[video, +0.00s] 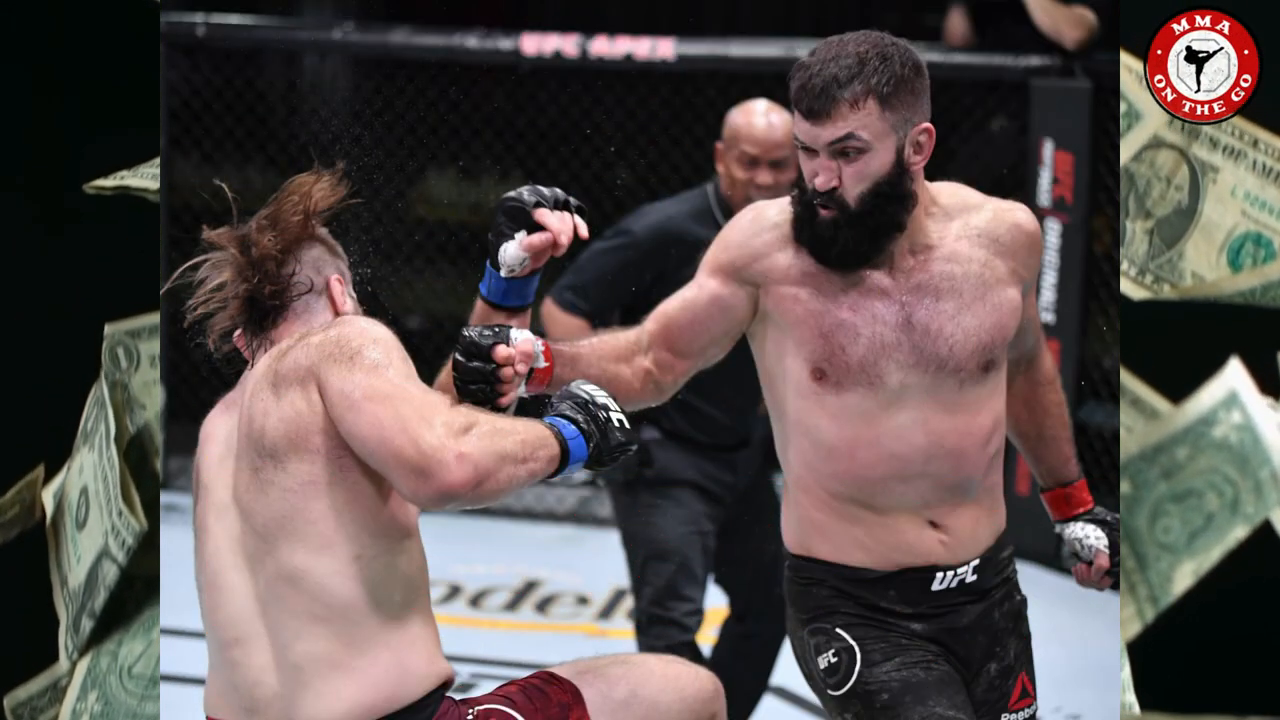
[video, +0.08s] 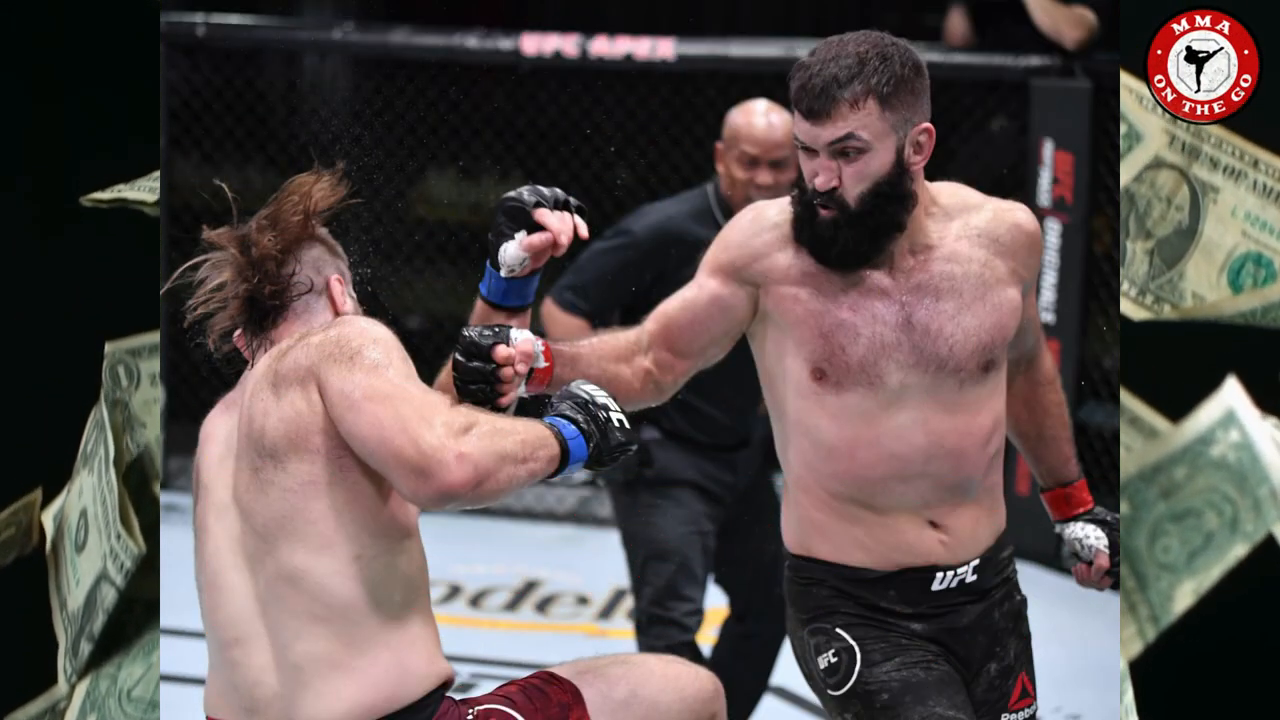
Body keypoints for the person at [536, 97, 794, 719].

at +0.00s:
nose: (767, 181)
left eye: (781, 165)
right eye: (751, 164)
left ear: (799, 162)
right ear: (719, 158)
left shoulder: (804, 238)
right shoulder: (661, 232)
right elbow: (560, 311)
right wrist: (611, 415)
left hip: (750, 460)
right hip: (663, 457)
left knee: (767, 609)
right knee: (671, 614)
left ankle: (720, 719)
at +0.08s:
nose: (767, 181)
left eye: (781, 165)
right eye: (751, 164)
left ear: (799, 162)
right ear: (719, 158)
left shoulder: (804, 238)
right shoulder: (661, 232)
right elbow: (560, 311)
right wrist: (611, 415)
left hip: (750, 460)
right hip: (663, 457)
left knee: (767, 609)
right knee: (671, 614)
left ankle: (720, 719)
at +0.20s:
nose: (767, 181)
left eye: (781, 165)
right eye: (750, 164)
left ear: (799, 162)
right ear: (719, 158)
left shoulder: (804, 238)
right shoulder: (661, 232)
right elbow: (560, 312)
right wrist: (612, 416)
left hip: (750, 460)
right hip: (663, 457)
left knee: (767, 609)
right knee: (671, 615)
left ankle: (720, 719)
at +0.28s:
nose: (767, 181)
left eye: (781, 165)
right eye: (750, 164)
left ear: (799, 162)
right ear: (719, 158)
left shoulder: (804, 238)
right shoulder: (661, 232)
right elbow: (560, 312)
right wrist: (612, 416)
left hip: (750, 460)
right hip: (663, 457)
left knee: (767, 609)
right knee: (671, 615)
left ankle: (720, 719)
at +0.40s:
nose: (767, 180)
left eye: (781, 165)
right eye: (750, 164)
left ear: (799, 162)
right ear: (719, 157)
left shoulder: (803, 239)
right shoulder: (661, 232)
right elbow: (560, 312)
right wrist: (613, 415)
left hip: (749, 460)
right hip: (663, 457)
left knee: (767, 608)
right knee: (671, 615)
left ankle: (720, 719)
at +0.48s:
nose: (767, 181)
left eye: (781, 165)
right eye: (750, 164)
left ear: (799, 162)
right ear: (719, 158)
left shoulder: (804, 238)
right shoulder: (661, 232)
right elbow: (560, 312)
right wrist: (612, 416)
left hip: (750, 460)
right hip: (663, 457)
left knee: (767, 609)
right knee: (671, 615)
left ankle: (720, 719)